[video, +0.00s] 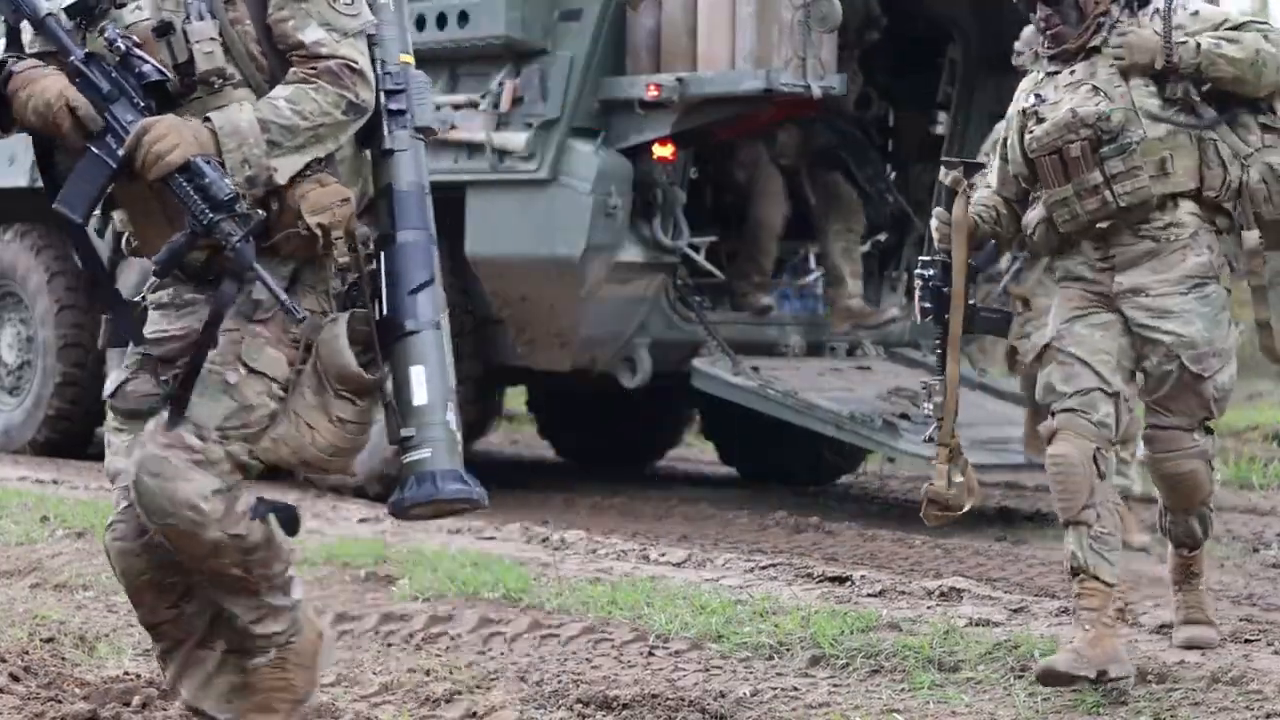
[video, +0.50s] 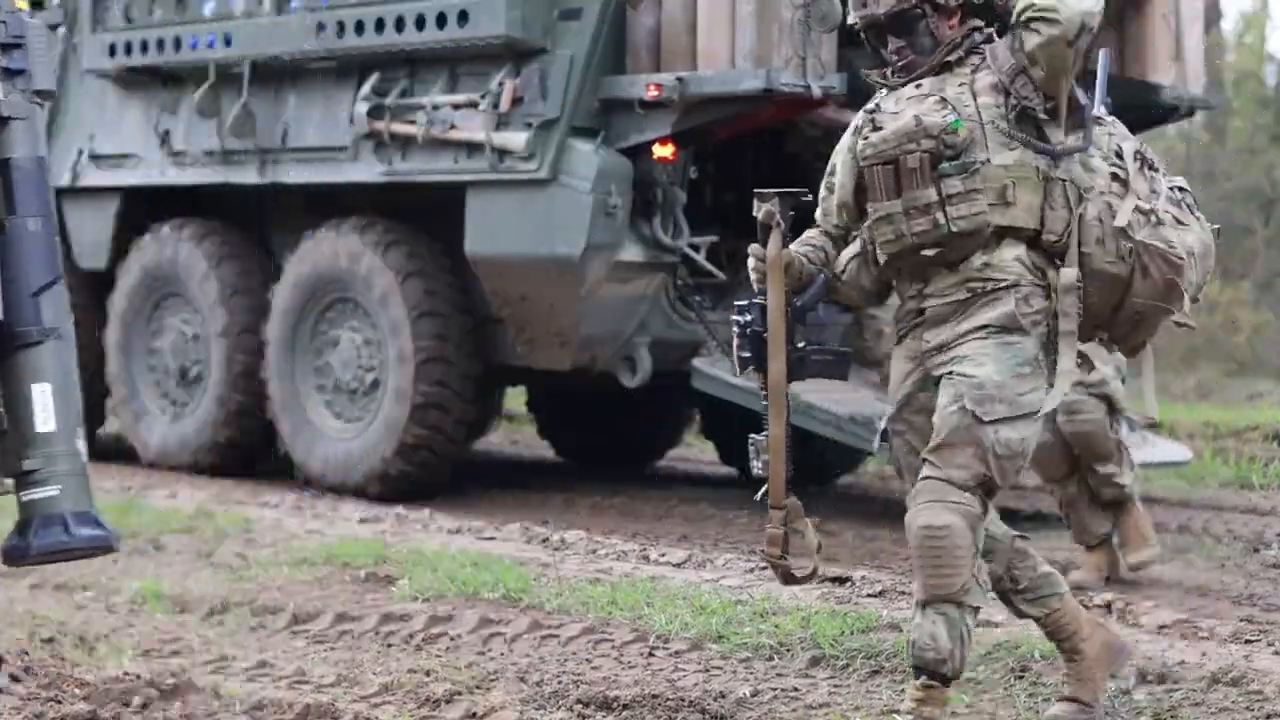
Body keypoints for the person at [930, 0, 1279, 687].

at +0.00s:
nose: (1051, 15)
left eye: (1064, 4)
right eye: (1043, 8)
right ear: (1037, 16)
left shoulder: (1167, 28)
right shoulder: (1032, 92)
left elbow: (1268, 60)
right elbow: (1000, 198)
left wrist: (1174, 51)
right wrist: (965, 210)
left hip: (1174, 263)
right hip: (1077, 277)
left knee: (1177, 453)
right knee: (1073, 451)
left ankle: (1189, 580)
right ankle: (1100, 629)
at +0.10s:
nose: (1016, 37)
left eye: (1028, 19)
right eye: (1004, 26)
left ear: (1072, 10)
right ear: (995, 31)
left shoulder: (1136, 45)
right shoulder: (1002, 115)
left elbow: (1247, 85)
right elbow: (976, 214)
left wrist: (1139, 73)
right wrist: (933, 230)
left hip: (1152, 290)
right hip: (1058, 306)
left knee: (1166, 474)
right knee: (1058, 485)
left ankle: (1192, 567)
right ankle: (1112, 658)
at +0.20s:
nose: (984, 56)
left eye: (997, 37)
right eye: (974, 46)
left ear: (1044, 25)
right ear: (967, 53)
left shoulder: (1112, 59)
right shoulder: (978, 133)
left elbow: (1223, 100)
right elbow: (950, 245)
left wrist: (1116, 87)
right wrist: (897, 247)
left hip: (1126, 302)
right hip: (1035, 319)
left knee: (1103, 488)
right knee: (1019, 503)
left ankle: (1174, 569)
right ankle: (1112, 662)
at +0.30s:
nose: (957, 59)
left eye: (967, 39)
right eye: (944, 49)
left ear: (1014, 26)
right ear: (938, 55)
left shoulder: (1078, 68)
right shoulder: (951, 132)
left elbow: (1187, 102)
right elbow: (925, 245)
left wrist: (1078, 61)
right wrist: (872, 255)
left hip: (1095, 301)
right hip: (1006, 325)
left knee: (1027, 477)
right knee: (1003, 513)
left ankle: (1109, 645)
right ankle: (1101, 664)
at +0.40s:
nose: (931, 46)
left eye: (943, 25)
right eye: (918, 36)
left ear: (990, 12)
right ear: (910, 43)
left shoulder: (1053, 64)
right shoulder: (917, 121)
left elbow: (1133, 83)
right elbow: (883, 232)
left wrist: (1052, 17)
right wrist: (837, 264)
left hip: (1058, 297)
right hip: (974, 318)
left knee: (979, 488)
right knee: (999, 498)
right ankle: (1114, 658)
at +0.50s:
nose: (891, 48)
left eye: (905, 26)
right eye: (877, 37)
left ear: (952, 15)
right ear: (868, 47)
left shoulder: (1010, 67)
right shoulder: (872, 123)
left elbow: (1072, 23)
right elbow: (831, 233)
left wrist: (1034, 23)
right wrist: (789, 266)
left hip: (1005, 312)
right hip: (917, 332)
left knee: (943, 504)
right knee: (948, 512)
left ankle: (929, 695)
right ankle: (1088, 638)